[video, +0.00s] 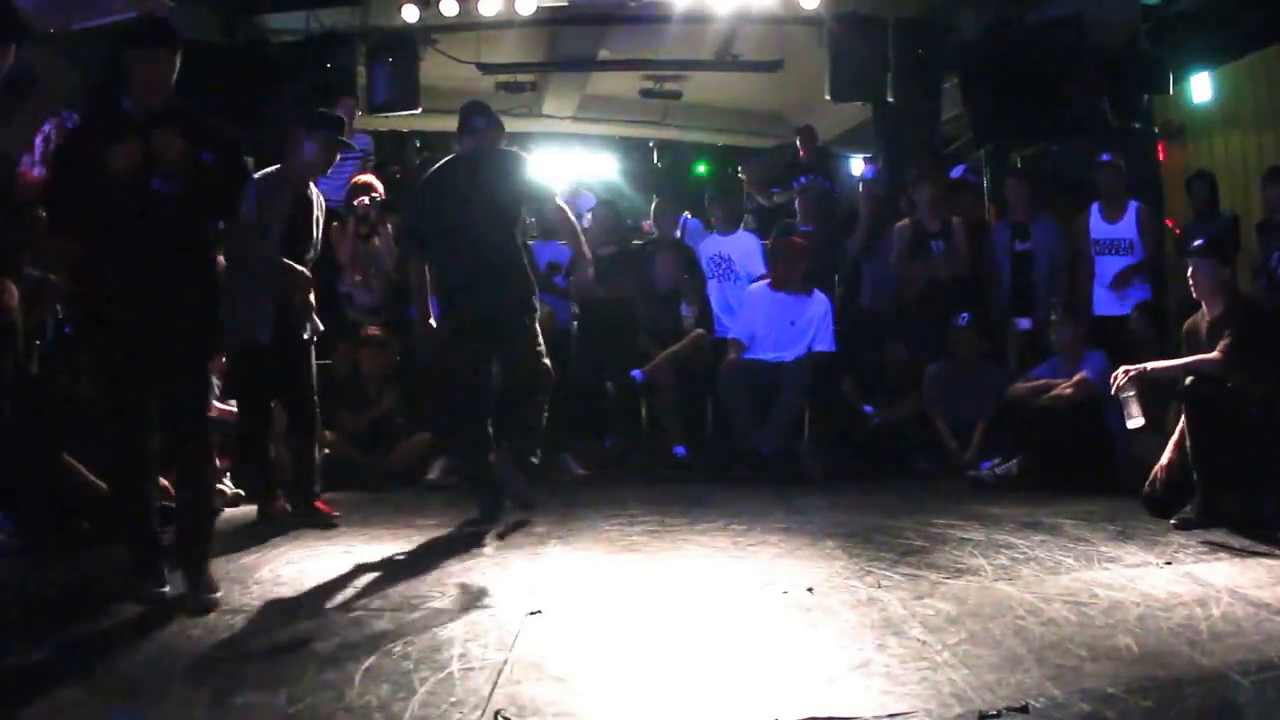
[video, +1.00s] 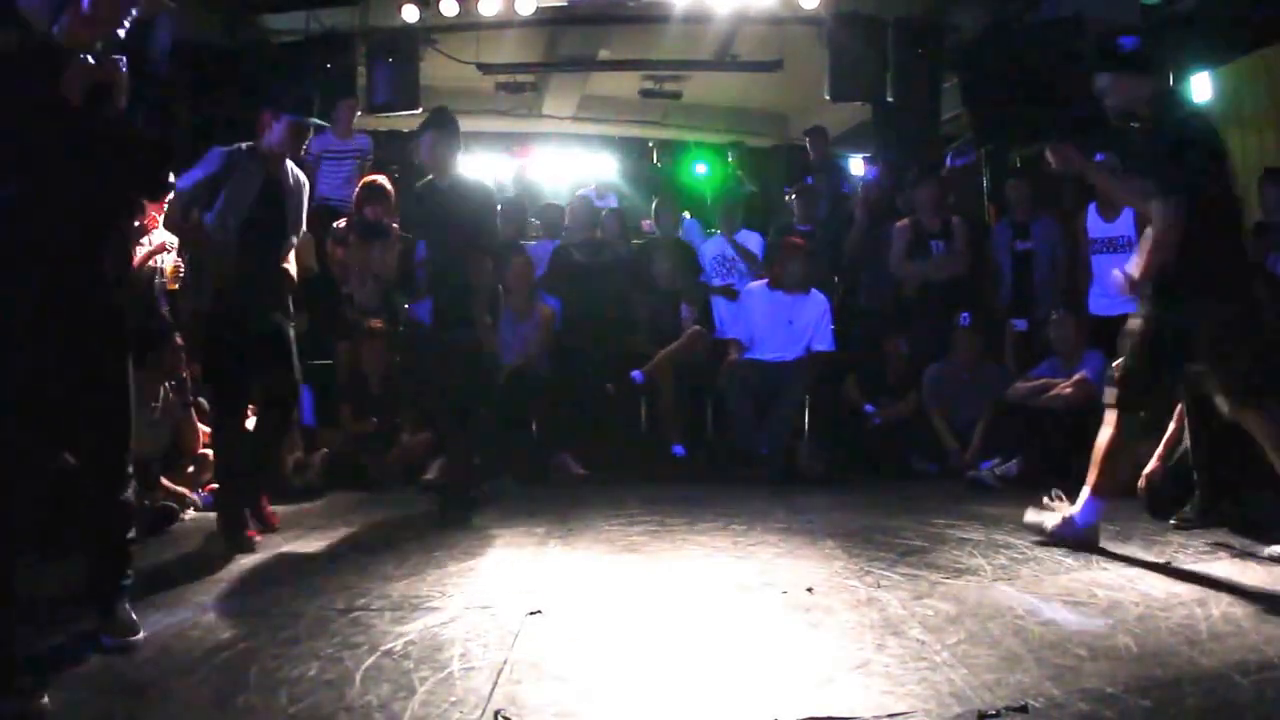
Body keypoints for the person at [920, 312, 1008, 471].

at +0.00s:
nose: (963, 345)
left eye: (969, 339)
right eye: (958, 339)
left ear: (978, 341)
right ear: (950, 341)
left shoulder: (988, 372)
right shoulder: (937, 373)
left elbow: (986, 415)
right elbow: (935, 412)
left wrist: (973, 452)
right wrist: (952, 446)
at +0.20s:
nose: (961, 342)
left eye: (967, 336)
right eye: (957, 335)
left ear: (977, 340)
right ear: (951, 337)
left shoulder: (990, 374)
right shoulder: (936, 372)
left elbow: (985, 416)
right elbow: (934, 412)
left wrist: (971, 453)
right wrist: (953, 449)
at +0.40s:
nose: (962, 343)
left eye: (968, 337)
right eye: (958, 336)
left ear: (977, 341)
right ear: (952, 339)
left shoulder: (991, 374)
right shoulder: (937, 373)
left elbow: (986, 416)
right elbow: (935, 413)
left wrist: (972, 452)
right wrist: (953, 448)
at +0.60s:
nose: (964, 345)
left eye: (969, 340)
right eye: (959, 339)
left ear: (977, 342)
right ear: (952, 341)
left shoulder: (990, 374)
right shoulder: (936, 373)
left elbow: (985, 416)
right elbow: (935, 414)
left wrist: (973, 451)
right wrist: (952, 448)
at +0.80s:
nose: (964, 348)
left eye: (969, 343)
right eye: (959, 342)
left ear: (977, 345)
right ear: (952, 344)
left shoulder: (989, 375)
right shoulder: (936, 374)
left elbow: (986, 416)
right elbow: (935, 414)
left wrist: (972, 453)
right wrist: (953, 449)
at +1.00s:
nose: (966, 349)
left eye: (971, 343)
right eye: (961, 343)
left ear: (979, 345)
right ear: (954, 344)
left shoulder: (990, 374)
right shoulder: (936, 374)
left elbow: (987, 415)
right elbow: (936, 415)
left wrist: (973, 452)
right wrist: (954, 450)